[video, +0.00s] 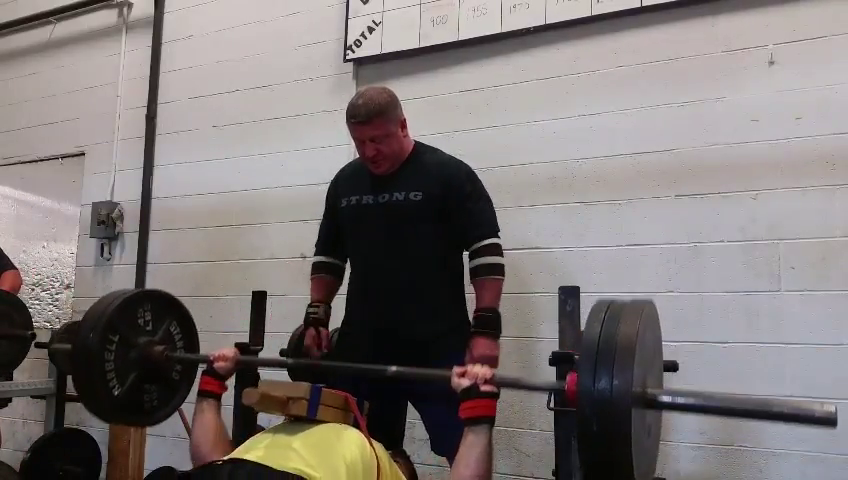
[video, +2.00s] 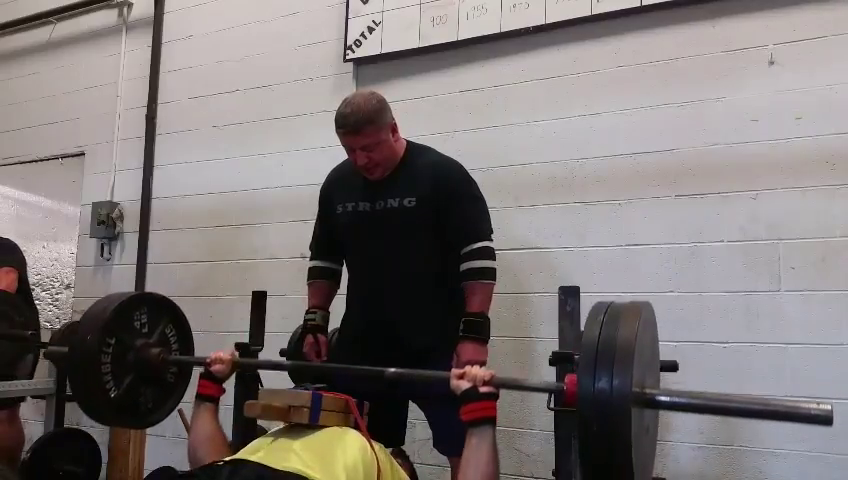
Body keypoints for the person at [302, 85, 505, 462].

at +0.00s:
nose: (369, 151)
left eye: (378, 140)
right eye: (360, 142)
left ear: (403, 127)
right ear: (352, 136)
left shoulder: (451, 177)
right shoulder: (345, 183)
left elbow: (486, 254)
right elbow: (328, 257)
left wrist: (486, 329)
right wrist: (316, 317)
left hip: (438, 345)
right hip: (365, 344)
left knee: (466, 455)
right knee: (367, 458)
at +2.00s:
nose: (361, 159)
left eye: (369, 148)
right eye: (351, 150)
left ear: (395, 131)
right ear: (342, 142)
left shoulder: (445, 177)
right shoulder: (338, 185)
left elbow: (478, 259)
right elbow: (325, 261)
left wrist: (474, 335)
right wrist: (315, 323)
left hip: (438, 339)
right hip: (365, 338)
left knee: (463, 450)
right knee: (367, 451)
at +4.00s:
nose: (360, 163)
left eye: (368, 152)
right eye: (351, 154)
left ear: (394, 134)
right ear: (341, 145)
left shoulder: (445, 178)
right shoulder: (338, 186)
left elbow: (478, 260)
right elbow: (327, 262)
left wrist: (473, 337)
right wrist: (319, 327)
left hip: (439, 341)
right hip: (366, 340)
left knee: (466, 451)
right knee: (367, 452)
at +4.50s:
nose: (357, 163)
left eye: (365, 152)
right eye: (348, 155)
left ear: (392, 134)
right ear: (338, 145)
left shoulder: (443, 173)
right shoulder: (338, 183)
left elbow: (493, 234)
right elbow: (322, 249)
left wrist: (460, 297)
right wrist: (318, 304)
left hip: (437, 345)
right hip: (364, 343)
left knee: (462, 457)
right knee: (366, 460)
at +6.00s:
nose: (397, 141)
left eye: (404, 129)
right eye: (384, 133)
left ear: (417, 121)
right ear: (367, 134)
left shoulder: (455, 173)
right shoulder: (351, 183)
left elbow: (489, 244)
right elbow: (335, 256)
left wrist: (472, 314)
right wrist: (327, 315)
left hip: (441, 345)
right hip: (368, 346)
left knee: (464, 454)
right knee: (367, 460)